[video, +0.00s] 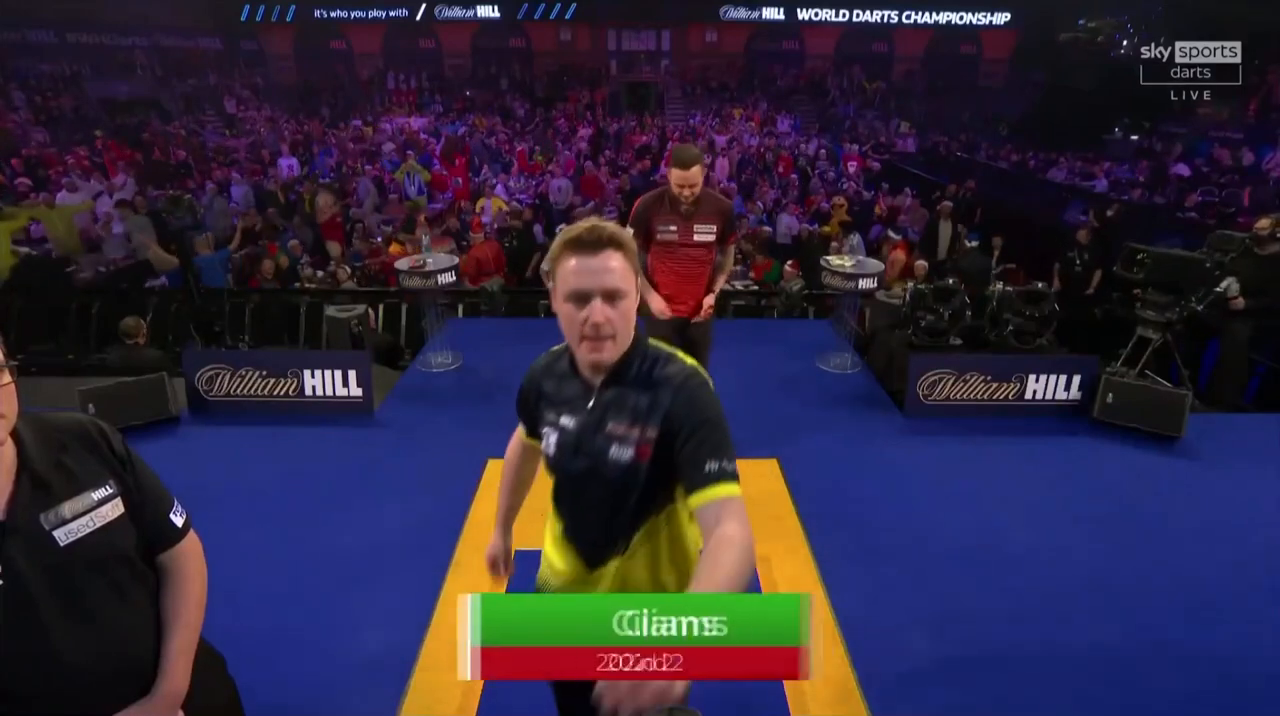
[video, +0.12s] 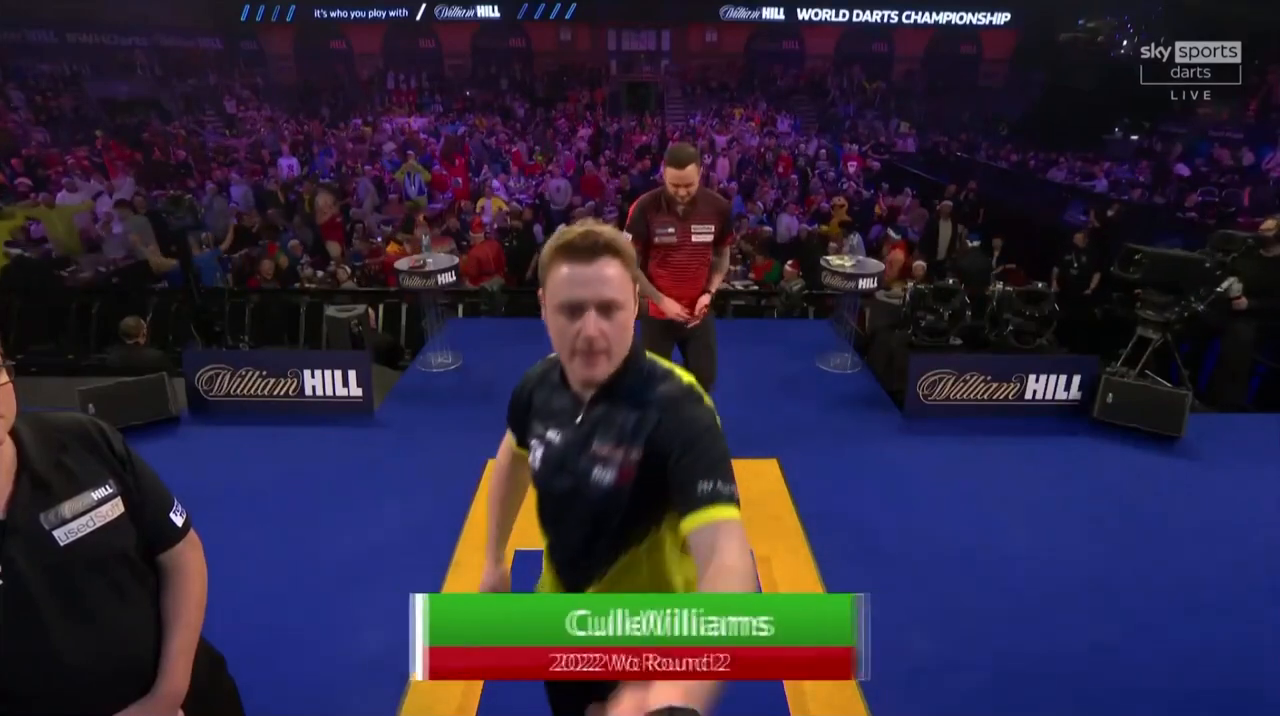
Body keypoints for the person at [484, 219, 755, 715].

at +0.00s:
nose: (597, 317)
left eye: (613, 297)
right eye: (579, 299)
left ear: (638, 298)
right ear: (553, 303)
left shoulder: (680, 387)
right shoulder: (546, 377)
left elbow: (729, 534)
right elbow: (527, 443)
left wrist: (677, 648)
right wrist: (502, 528)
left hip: (657, 614)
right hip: (565, 605)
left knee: (650, 706)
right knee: (574, 705)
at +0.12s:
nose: (590, 330)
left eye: (608, 309)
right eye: (571, 310)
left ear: (635, 308)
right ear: (543, 310)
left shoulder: (678, 406)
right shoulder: (538, 390)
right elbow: (513, 463)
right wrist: (495, 562)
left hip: (658, 639)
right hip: (559, 626)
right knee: (569, 706)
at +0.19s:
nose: (588, 345)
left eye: (607, 324)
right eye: (569, 325)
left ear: (637, 321)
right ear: (540, 322)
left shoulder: (677, 429)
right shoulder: (536, 401)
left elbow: (730, 610)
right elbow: (504, 472)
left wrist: (690, 708)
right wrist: (487, 581)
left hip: (653, 687)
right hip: (562, 672)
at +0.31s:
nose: (589, 382)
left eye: (610, 358)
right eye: (568, 358)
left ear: (645, 350)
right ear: (537, 350)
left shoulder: (681, 468)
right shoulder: (534, 434)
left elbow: (737, 660)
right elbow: (505, 495)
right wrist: (468, 600)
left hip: (646, 703)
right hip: (545, 692)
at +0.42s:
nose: (592, 425)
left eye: (617, 397)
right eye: (568, 397)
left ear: (655, 386)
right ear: (537, 386)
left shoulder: (687, 525)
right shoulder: (544, 470)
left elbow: (754, 685)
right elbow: (514, 538)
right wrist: (464, 637)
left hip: (634, 698)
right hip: (539, 691)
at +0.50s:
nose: (592, 438)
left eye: (617, 410)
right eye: (568, 410)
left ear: (659, 399)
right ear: (535, 397)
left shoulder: (693, 546)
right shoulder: (543, 485)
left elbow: (768, 702)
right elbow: (521, 549)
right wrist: (470, 637)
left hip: (640, 700)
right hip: (540, 697)